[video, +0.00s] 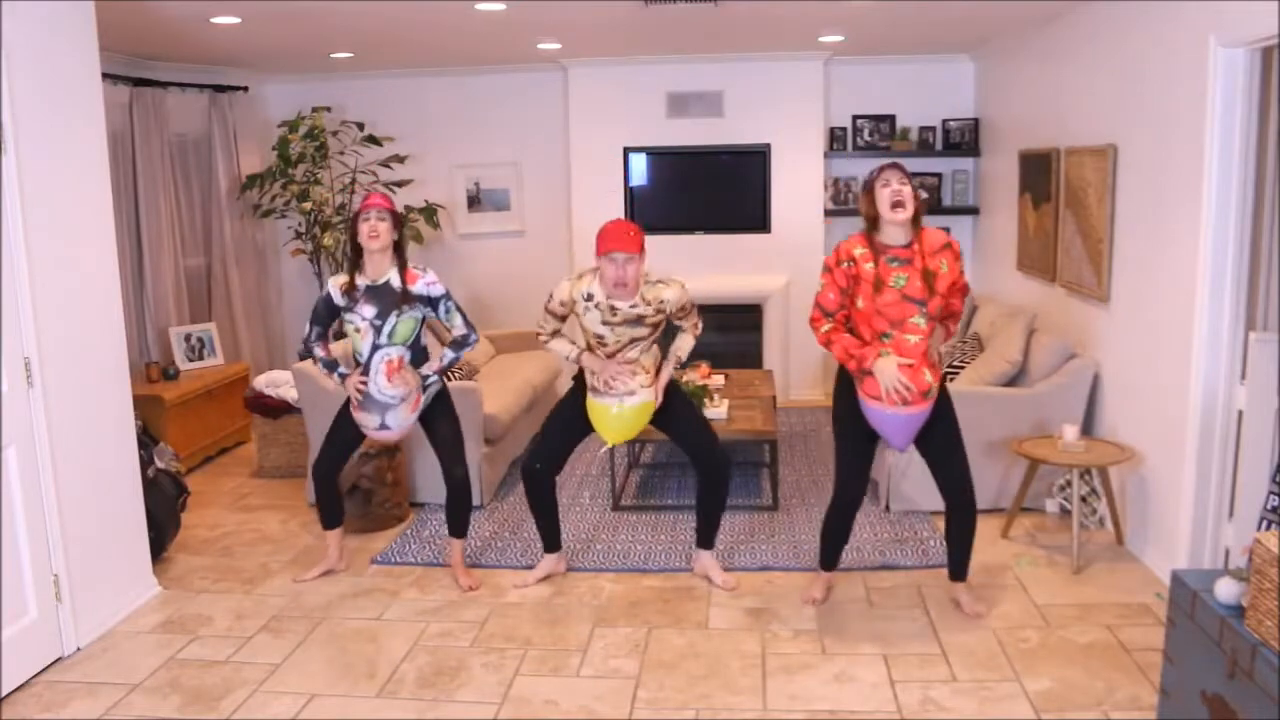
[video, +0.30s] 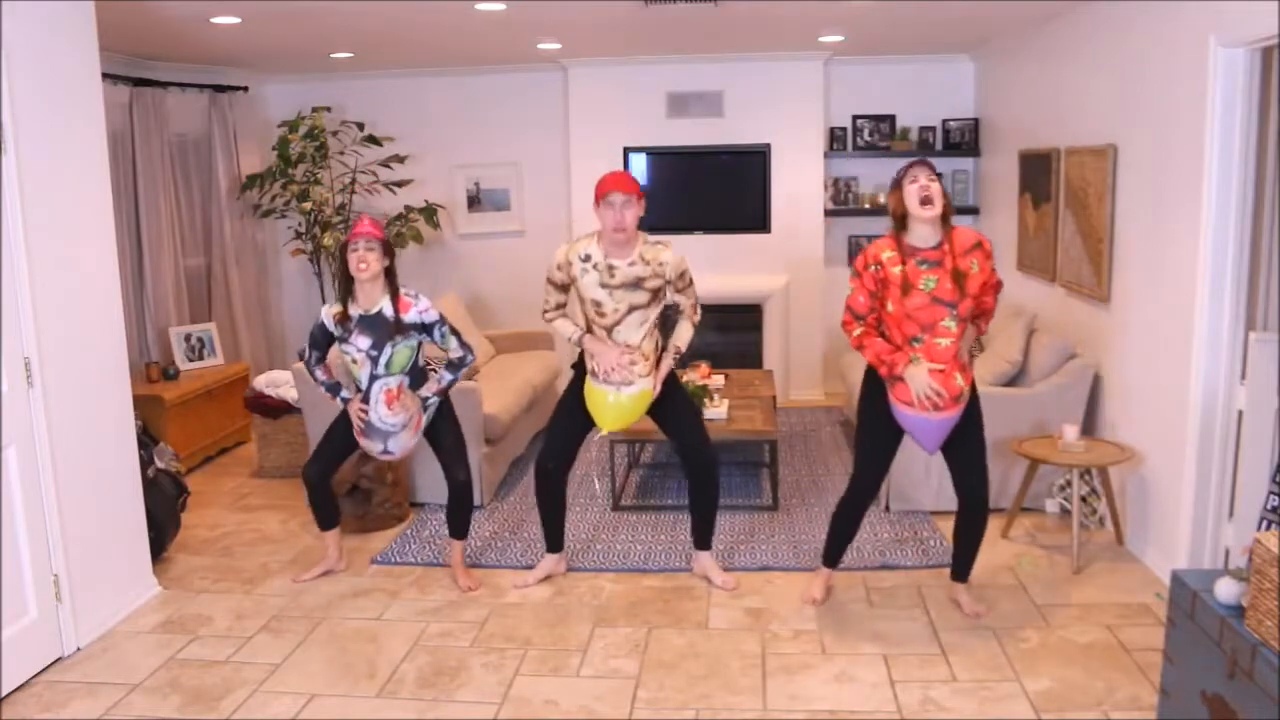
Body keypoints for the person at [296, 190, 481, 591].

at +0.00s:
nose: (372, 225)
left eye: (381, 219)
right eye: (365, 220)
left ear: (395, 230)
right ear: (355, 231)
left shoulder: (421, 281)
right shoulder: (340, 288)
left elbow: (466, 336)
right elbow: (314, 342)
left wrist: (429, 369)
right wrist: (344, 377)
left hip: (424, 386)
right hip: (367, 391)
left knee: (457, 470)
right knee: (324, 469)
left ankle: (457, 558)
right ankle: (334, 555)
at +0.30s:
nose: (360, 257)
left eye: (370, 249)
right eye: (354, 250)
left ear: (386, 258)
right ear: (346, 260)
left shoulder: (413, 306)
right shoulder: (335, 315)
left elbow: (463, 355)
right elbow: (312, 359)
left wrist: (424, 395)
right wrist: (345, 399)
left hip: (422, 399)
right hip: (365, 406)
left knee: (461, 477)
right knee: (315, 473)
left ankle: (457, 560)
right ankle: (334, 555)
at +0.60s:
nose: (353, 293)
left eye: (362, 284)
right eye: (346, 285)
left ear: (379, 290)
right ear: (338, 292)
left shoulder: (409, 334)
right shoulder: (331, 339)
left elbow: (457, 377)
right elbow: (312, 376)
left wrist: (419, 415)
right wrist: (346, 416)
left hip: (418, 406)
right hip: (363, 411)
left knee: (462, 476)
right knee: (309, 474)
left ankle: (457, 560)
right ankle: (333, 555)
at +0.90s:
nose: (353, 285)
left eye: (361, 276)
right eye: (345, 277)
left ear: (377, 278)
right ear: (336, 281)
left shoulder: (408, 324)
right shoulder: (326, 327)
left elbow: (454, 369)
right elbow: (305, 367)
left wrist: (415, 406)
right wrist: (340, 406)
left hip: (417, 400)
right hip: (359, 405)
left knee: (451, 480)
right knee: (309, 473)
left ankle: (456, 561)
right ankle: (333, 555)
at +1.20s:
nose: (358, 258)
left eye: (363, 248)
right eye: (348, 252)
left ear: (378, 234)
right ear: (337, 248)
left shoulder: (412, 272)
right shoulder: (327, 277)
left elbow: (452, 328)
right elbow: (303, 325)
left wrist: (414, 366)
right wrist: (329, 363)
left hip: (411, 381)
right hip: (357, 385)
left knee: (436, 471)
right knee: (327, 467)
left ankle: (454, 561)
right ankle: (334, 554)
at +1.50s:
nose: (353, 253)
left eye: (359, 244)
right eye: (345, 247)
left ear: (376, 227)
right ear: (335, 240)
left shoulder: (412, 259)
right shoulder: (327, 268)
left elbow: (454, 313)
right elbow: (299, 317)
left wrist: (415, 352)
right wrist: (327, 351)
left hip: (410, 377)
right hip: (357, 381)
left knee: (433, 469)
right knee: (337, 467)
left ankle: (454, 562)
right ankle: (334, 555)